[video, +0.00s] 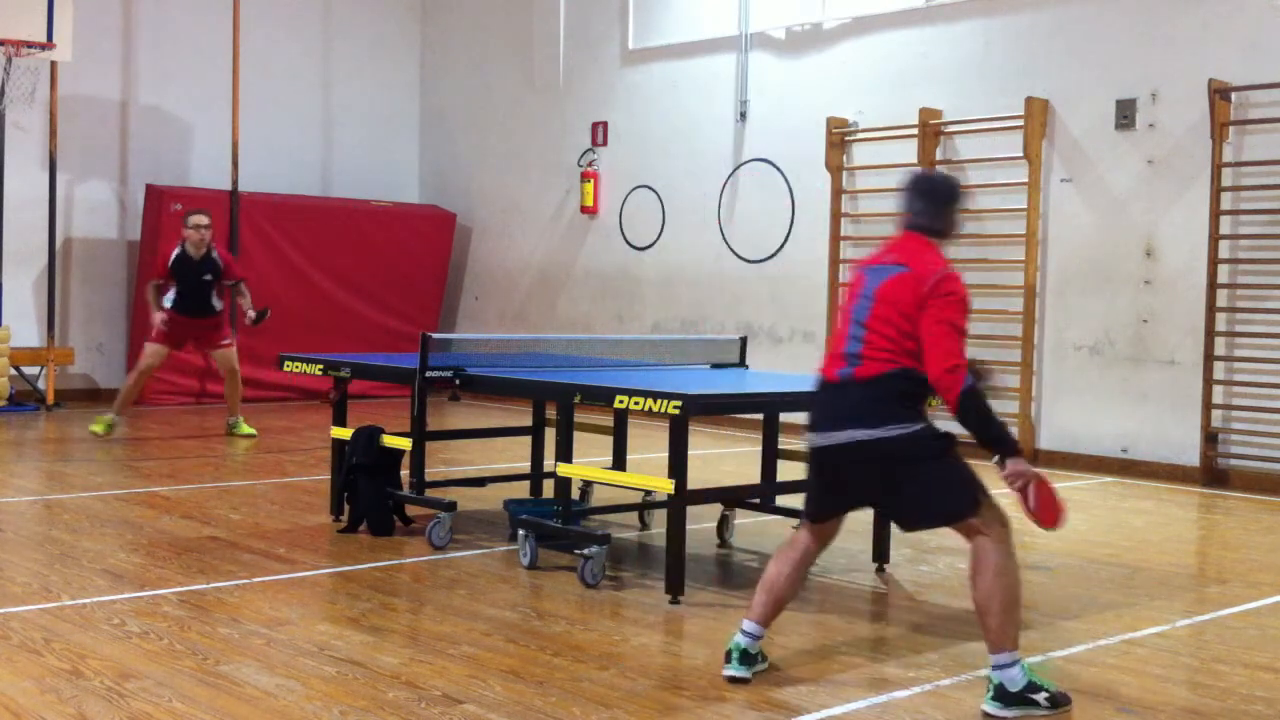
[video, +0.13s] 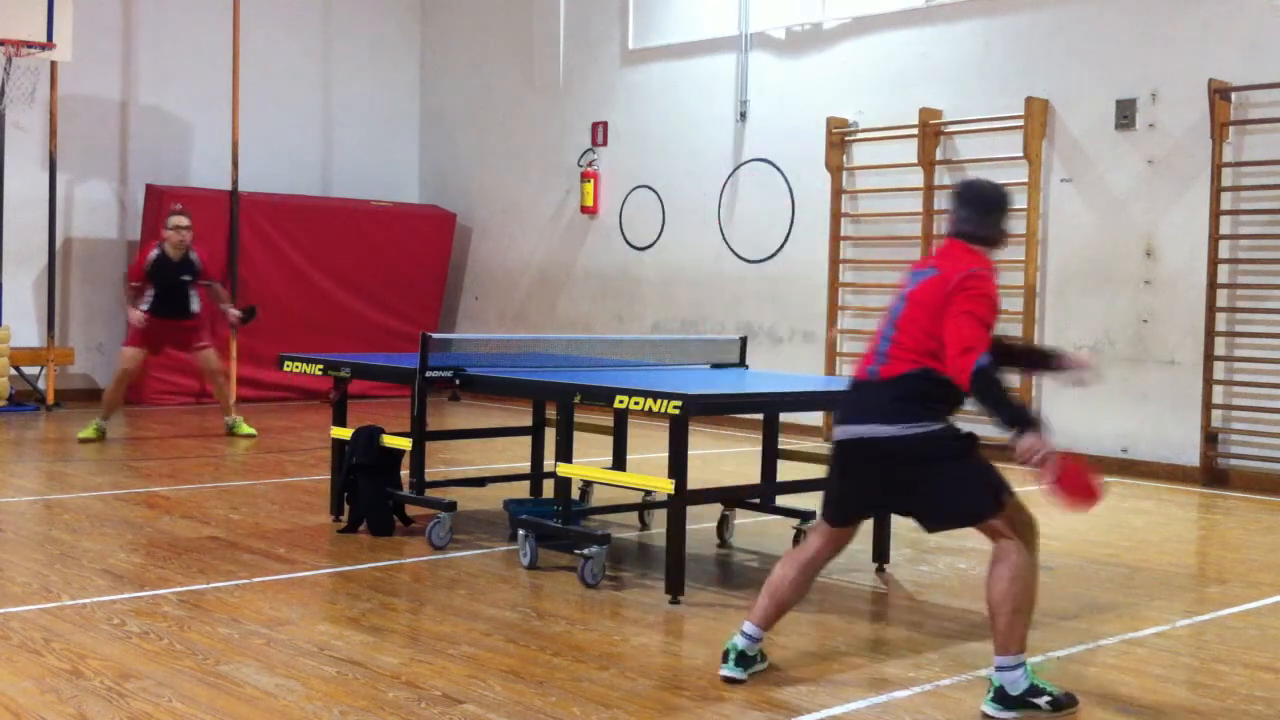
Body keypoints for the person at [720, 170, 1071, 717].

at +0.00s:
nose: (954, 221)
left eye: (940, 209)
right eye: (954, 212)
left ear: (906, 212)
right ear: (951, 218)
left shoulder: (869, 267)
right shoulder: (939, 279)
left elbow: (869, 355)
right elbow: (949, 380)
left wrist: (949, 373)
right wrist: (1008, 451)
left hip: (831, 435)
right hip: (897, 434)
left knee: (813, 531)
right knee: (988, 531)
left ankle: (744, 645)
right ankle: (1009, 677)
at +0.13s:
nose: (1005, 229)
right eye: (1004, 220)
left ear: (953, 220)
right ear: (1002, 228)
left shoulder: (928, 267)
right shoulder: (973, 277)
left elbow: (975, 343)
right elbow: (967, 361)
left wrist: (1052, 361)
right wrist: (1025, 427)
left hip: (855, 431)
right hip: (915, 432)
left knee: (825, 535)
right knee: (1014, 532)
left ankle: (743, 645)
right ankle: (1011, 680)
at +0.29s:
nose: (1043, 196)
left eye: (1036, 185)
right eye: (1041, 187)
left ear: (987, 186)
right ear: (1035, 193)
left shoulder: (954, 236)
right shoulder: (1015, 244)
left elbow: (942, 309)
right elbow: (1049, 305)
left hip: (896, 402)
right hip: (963, 409)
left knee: (840, 502)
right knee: (1020, 528)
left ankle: (770, 614)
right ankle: (1019, 672)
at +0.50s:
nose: (954, 128)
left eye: (955, 121)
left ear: (954, 128)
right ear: (1007, 131)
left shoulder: (932, 186)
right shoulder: (1031, 187)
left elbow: (873, 268)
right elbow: (1081, 220)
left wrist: (892, 300)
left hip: (951, 351)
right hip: (1026, 350)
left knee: (901, 410)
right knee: (1036, 459)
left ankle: (893, 510)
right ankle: (1072, 519)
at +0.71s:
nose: (895, 248)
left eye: (897, 237)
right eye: (896, 237)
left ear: (909, 238)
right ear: (939, 232)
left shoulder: (936, 277)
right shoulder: (960, 269)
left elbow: (946, 328)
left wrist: (927, 329)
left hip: (1022, 422)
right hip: (1079, 408)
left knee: (944, 496)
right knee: (1063, 493)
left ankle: (984, 634)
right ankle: (1065, 601)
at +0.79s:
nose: (875, 328)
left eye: (876, 317)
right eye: (874, 317)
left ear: (892, 317)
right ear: (919, 308)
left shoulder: (939, 351)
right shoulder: (944, 341)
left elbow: (1003, 438)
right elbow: (938, 400)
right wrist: (930, 424)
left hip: (1050, 449)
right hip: (1086, 436)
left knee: (944, 513)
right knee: (1026, 513)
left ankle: (989, 637)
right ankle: (1080, 622)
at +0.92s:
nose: (868, 356)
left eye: (870, 345)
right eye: (867, 346)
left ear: (892, 348)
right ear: (900, 346)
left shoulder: (960, 373)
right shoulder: (931, 384)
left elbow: (1028, 443)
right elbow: (941, 459)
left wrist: (996, 479)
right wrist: (910, 491)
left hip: (1069, 450)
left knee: (958, 515)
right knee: (997, 527)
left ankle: (988, 637)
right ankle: (1079, 617)